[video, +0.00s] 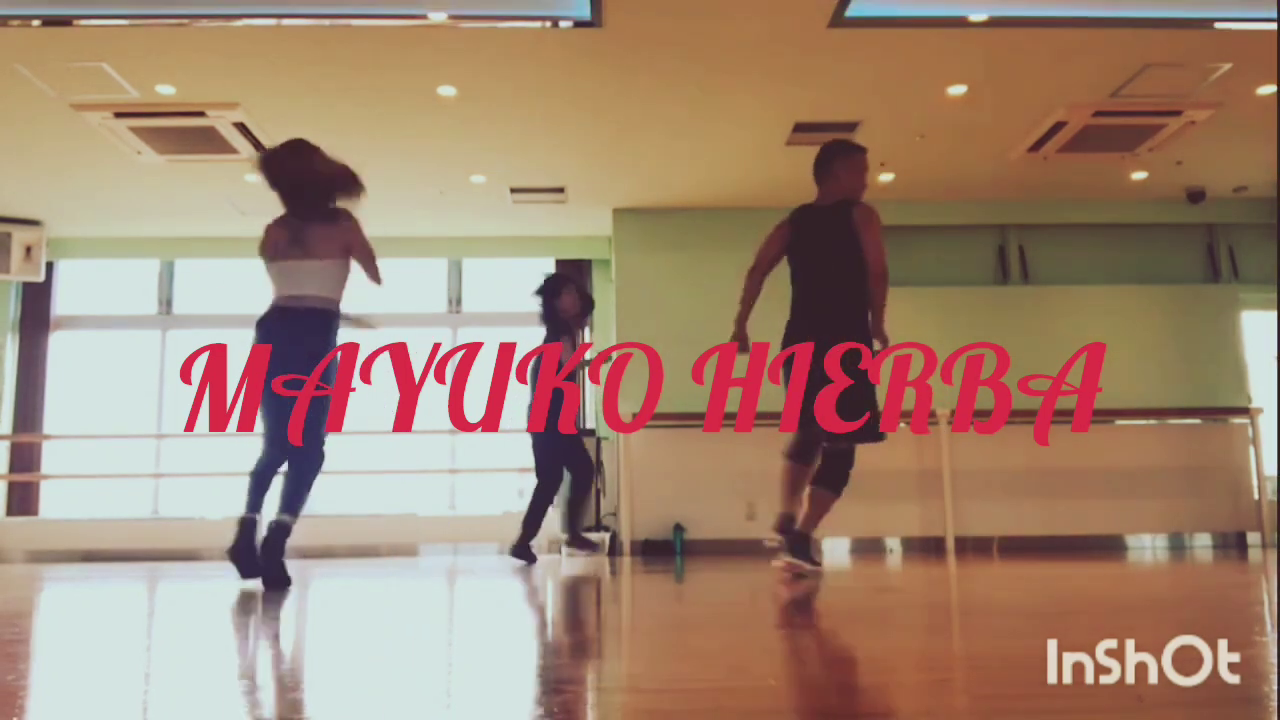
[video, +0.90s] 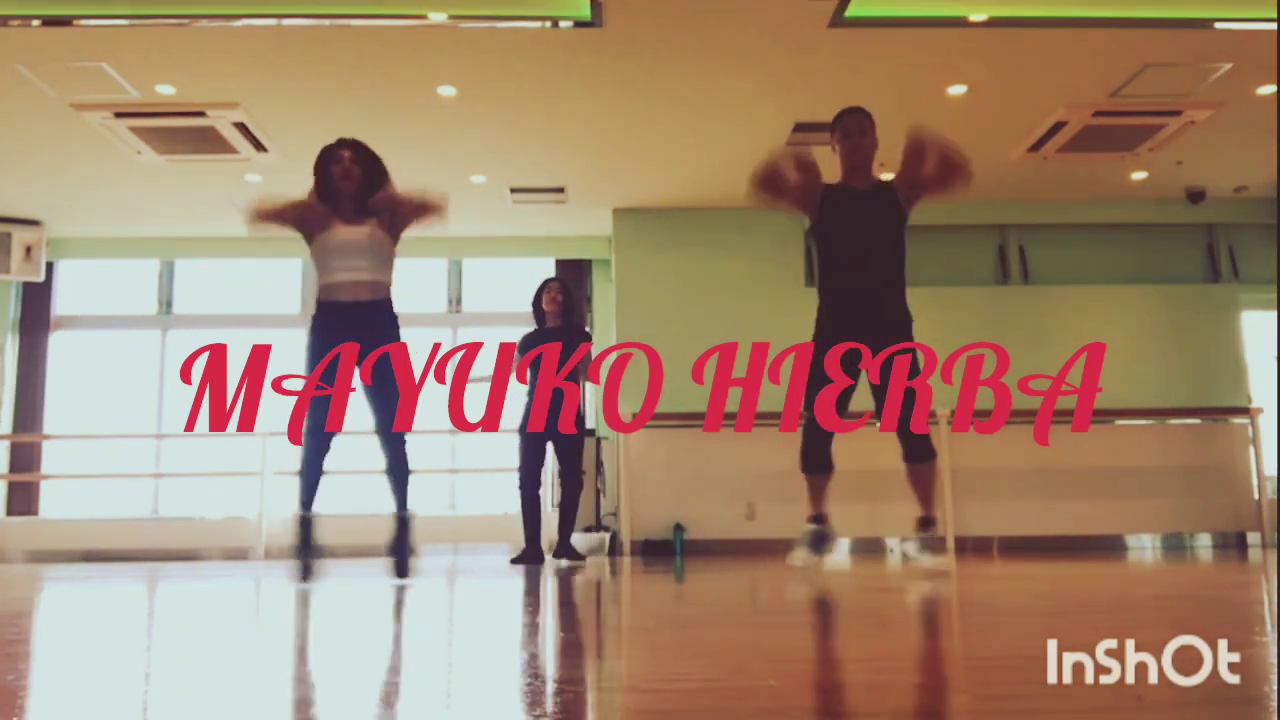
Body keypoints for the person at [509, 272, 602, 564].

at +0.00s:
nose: (571, 301)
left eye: (573, 295)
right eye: (564, 296)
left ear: (580, 302)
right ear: (552, 303)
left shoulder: (568, 335)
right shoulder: (557, 337)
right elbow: (551, 380)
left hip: (560, 422)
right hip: (549, 423)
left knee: (584, 471)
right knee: (549, 481)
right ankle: (522, 542)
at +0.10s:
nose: (570, 305)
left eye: (576, 301)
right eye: (566, 301)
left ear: (585, 311)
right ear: (557, 308)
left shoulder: (578, 344)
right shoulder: (553, 340)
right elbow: (550, 375)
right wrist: (582, 369)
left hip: (575, 425)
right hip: (549, 425)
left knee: (589, 487)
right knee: (552, 491)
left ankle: (594, 547)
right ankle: (516, 542)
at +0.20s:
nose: (571, 306)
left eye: (576, 302)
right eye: (567, 302)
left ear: (586, 309)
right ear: (558, 308)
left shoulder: (589, 347)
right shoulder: (547, 343)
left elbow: (598, 378)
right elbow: (534, 373)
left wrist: (572, 380)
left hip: (583, 424)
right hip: (551, 424)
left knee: (589, 488)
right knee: (555, 490)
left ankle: (592, 547)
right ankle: (520, 540)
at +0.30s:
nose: (570, 300)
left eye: (576, 296)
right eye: (566, 296)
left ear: (585, 302)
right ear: (558, 302)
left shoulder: (597, 341)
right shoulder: (546, 340)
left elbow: (614, 373)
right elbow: (526, 374)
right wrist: (531, 364)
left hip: (584, 423)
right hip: (549, 423)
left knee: (586, 485)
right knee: (540, 480)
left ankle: (592, 545)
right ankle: (530, 537)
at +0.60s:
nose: (561, 301)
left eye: (567, 297)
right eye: (557, 297)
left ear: (576, 304)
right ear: (548, 304)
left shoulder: (585, 342)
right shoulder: (542, 343)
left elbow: (593, 379)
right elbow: (520, 374)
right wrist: (491, 374)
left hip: (572, 422)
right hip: (540, 421)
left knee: (575, 485)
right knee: (527, 483)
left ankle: (590, 544)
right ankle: (532, 548)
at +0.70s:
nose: (558, 300)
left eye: (564, 296)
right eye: (554, 295)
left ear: (571, 303)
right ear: (545, 303)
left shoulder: (582, 340)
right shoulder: (535, 341)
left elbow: (583, 378)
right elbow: (521, 374)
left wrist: (563, 392)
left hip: (568, 419)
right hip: (535, 418)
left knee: (571, 482)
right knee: (526, 482)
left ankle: (583, 543)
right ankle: (532, 548)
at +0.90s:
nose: (553, 296)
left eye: (559, 292)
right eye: (548, 292)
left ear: (567, 300)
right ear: (540, 300)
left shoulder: (580, 336)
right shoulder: (529, 339)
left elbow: (587, 376)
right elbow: (520, 375)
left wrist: (582, 361)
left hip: (569, 415)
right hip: (536, 414)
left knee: (572, 479)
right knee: (528, 481)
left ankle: (563, 543)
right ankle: (532, 547)